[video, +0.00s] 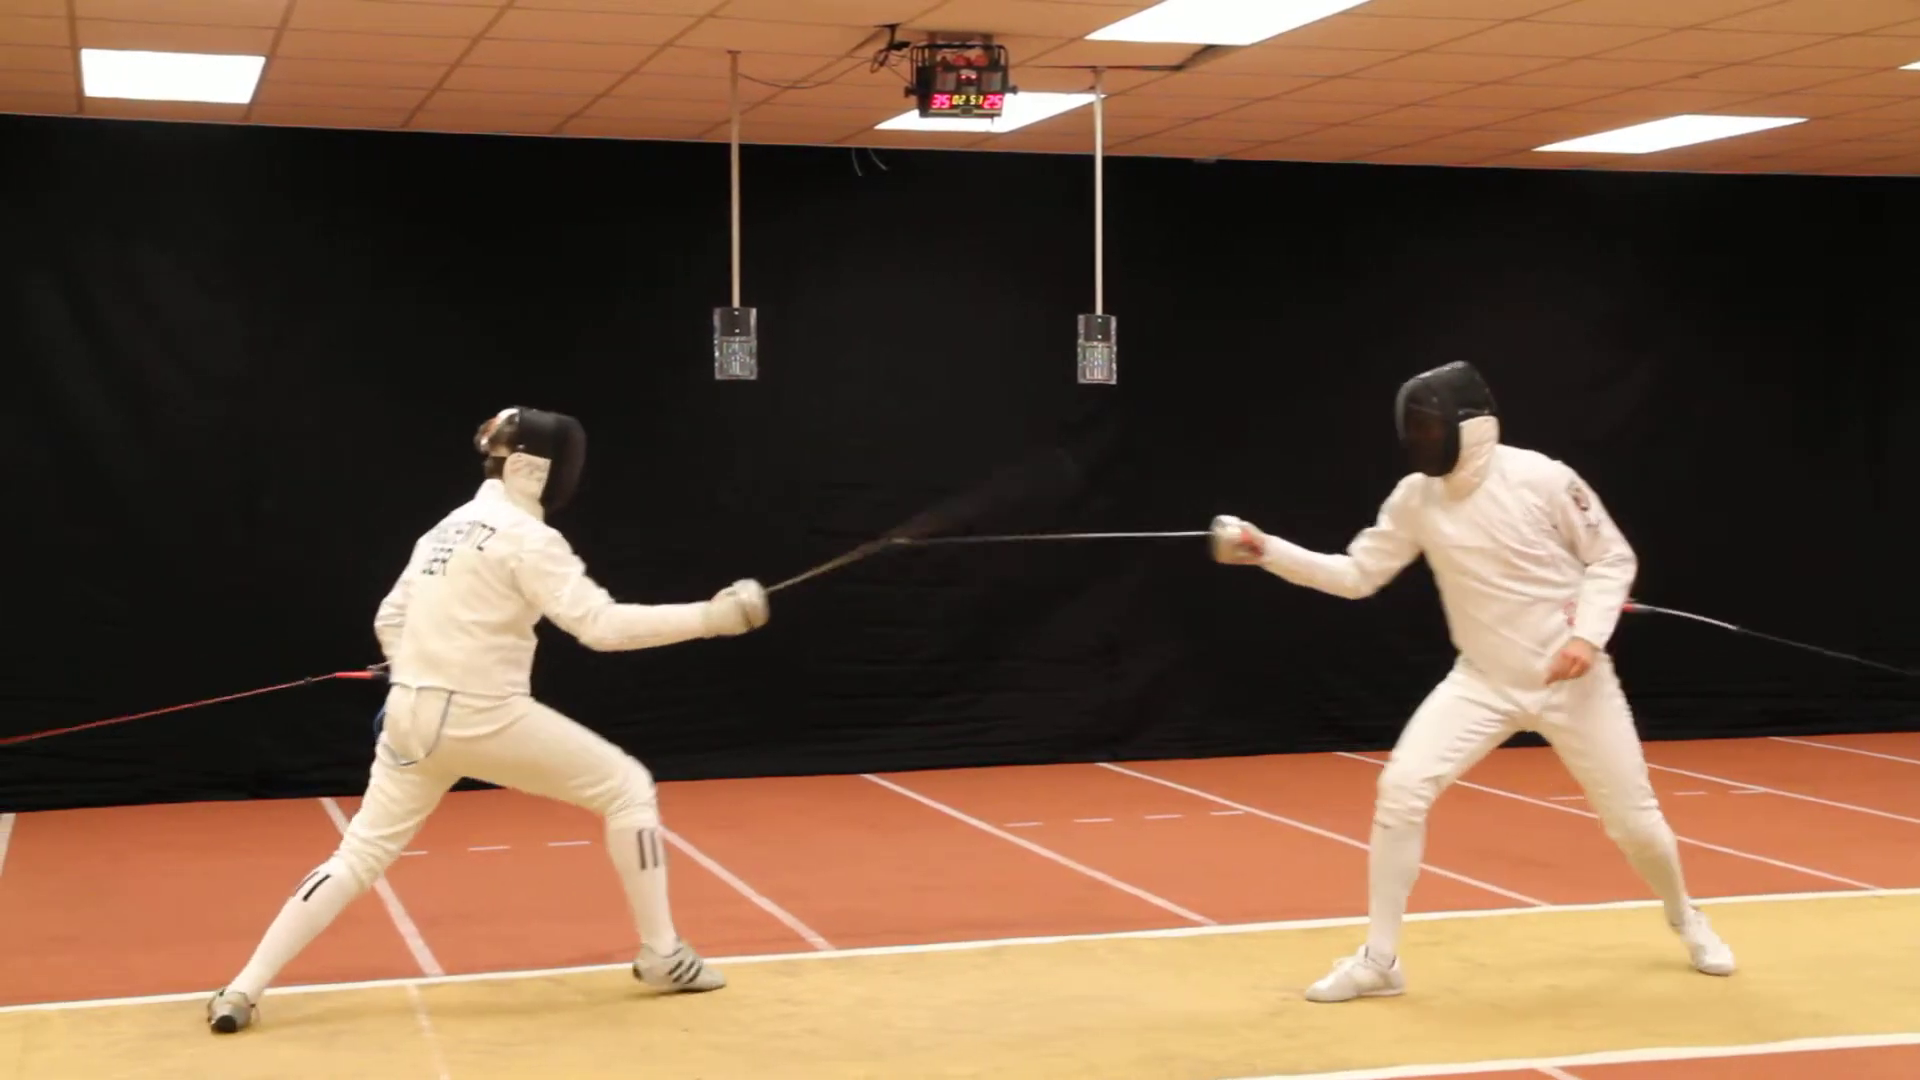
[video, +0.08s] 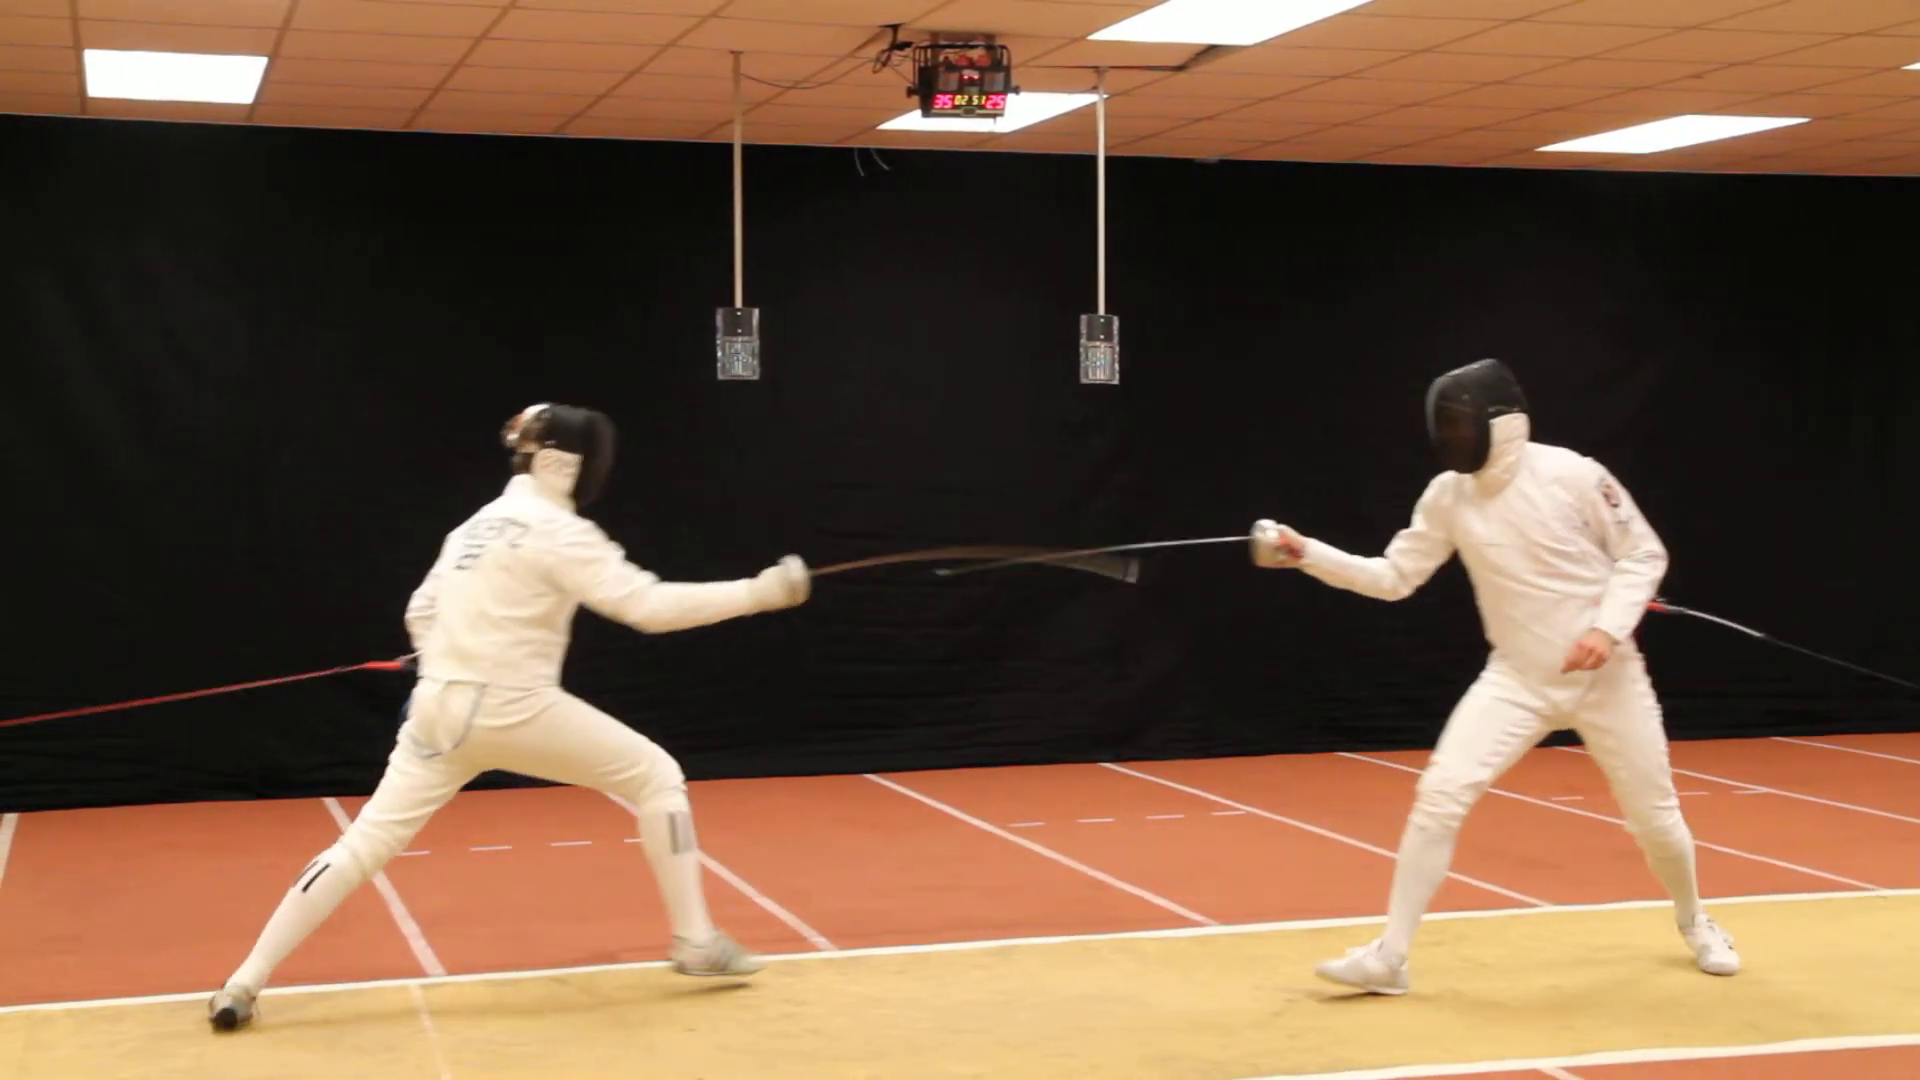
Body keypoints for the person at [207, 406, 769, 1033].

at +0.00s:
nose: (563, 482)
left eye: (555, 466)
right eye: (560, 469)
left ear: (499, 462)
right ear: (542, 470)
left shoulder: (445, 530)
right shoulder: (527, 538)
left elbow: (392, 619)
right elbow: (603, 625)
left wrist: (422, 686)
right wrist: (715, 613)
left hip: (408, 713)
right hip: (487, 716)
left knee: (357, 857)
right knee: (625, 788)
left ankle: (242, 990)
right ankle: (662, 955)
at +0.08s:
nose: (560, 468)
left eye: (555, 453)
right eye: (563, 457)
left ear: (533, 458)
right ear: (564, 465)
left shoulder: (477, 524)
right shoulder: (560, 531)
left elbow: (421, 611)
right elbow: (650, 606)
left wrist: (452, 679)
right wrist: (762, 592)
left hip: (435, 708)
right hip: (516, 707)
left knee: (361, 848)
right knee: (653, 777)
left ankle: (242, 984)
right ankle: (696, 939)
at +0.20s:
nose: (656, 473)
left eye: (633, 456)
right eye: (659, 463)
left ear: (599, 458)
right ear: (655, 467)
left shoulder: (541, 521)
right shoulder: (646, 529)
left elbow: (473, 604)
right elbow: (737, 581)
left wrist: (494, 673)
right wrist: (844, 568)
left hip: (495, 692)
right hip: (579, 701)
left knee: (397, 827)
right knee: (689, 813)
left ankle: (267, 951)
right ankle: (770, 956)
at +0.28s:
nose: (704, 481)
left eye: (685, 463)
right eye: (704, 470)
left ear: (639, 467)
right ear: (694, 476)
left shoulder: (576, 531)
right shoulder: (689, 540)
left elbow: (502, 613)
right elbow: (778, 600)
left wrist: (493, 702)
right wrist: (879, 573)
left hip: (533, 701)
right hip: (619, 708)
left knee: (446, 838)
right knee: (734, 796)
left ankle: (313, 942)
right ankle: (780, 956)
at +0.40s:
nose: (719, 481)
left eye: (708, 466)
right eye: (717, 469)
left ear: (663, 460)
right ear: (705, 470)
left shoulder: (598, 526)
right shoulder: (702, 532)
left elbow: (527, 617)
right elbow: (775, 623)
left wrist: (519, 703)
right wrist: (882, 600)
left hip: (560, 699)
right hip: (642, 705)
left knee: (514, 845)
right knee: (757, 796)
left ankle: (391, 948)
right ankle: (780, 957)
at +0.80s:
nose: (682, 463)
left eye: (678, 450)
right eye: (677, 451)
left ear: (613, 451)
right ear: (658, 457)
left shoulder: (566, 519)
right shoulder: (662, 527)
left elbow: (567, 616)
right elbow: (736, 611)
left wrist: (537, 656)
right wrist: (838, 584)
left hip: (539, 703)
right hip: (621, 707)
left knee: (494, 842)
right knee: (743, 796)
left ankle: (406, 988)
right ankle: (775, 956)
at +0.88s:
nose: (688, 460)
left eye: (682, 446)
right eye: (683, 448)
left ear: (616, 450)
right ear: (665, 456)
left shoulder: (569, 519)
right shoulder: (665, 525)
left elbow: (563, 624)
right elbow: (740, 607)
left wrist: (639, 673)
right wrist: (843, 585)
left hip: (542, 702)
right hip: (623, 706)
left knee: (496, 840)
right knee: (747, 796)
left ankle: (404, 986)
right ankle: (772, 957)